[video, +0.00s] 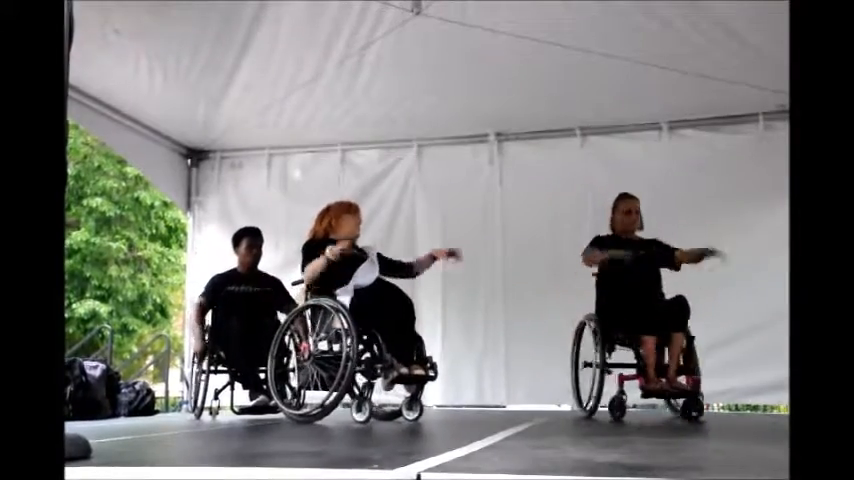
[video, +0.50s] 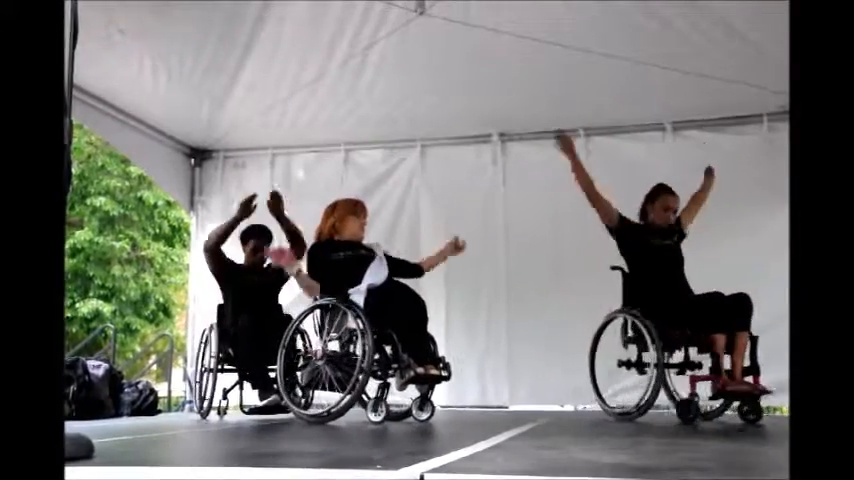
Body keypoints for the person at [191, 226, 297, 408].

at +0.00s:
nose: (256, 252)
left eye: (259, 247)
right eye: (251, 247)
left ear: (262, 249)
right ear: (237, 250)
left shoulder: (271, 284)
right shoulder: (221, 282)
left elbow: (295, 313)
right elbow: (200, 309)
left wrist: (303, 340)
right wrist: (198, 341)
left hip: (262, 340)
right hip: (230, 341)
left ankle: (278, 392)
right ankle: (256, 393)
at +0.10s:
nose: (257, 251)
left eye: (259, 246)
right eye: (251, 246)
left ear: (263, 249)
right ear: (237, 249)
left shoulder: (272, 283)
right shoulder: (221, 281)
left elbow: (296, 307)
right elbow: (204, 306)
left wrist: (307, 337)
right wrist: (202, 334)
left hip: (264, 339)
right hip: (233, 339)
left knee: (276, 329)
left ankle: (280, 392)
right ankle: (258, 393)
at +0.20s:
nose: (257, 251)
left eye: (260, 247)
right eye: (251, 247)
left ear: (263, 249)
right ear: (238, 249)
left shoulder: (272, 280)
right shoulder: (224, 278)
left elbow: (293, 290)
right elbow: (210, 291)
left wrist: (299, 299)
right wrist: (219, 302)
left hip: (268, 332)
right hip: (238, 333)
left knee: (284, 349)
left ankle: (280, 394)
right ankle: (260, 393)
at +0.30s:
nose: (258, 253)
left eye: (261, 248)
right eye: (253, 248)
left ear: (265, 250)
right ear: (240, 249)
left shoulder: (272, 276)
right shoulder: (227, 276)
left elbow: (295, 278)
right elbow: (213, 278)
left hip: (269, 336)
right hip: (239, 337)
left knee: (285, 340)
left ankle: (283, 392)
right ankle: (262, 392)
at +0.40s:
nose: (259, 254)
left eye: (263, 249)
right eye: (254, 248)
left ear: (267, 251)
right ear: (242, 246)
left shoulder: (272, 276)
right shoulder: (229, 276)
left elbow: (295, 254)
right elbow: (214, 255)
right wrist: (239, 232)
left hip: (271, 334)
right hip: (241, 336)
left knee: (286, 327)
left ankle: (287, 391)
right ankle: (266, 394)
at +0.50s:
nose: (262, 253)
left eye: (265, 247)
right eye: (256, 248)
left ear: (270, 249)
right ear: (244, 248)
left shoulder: (275, 275)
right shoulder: (230, 273)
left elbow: (299, 248)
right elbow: (210, 248)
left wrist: (281, 216)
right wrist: (238, 217)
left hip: (272, 334)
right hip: (241, 336)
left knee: (286, 322)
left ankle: (288, 390)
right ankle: (266, 392)